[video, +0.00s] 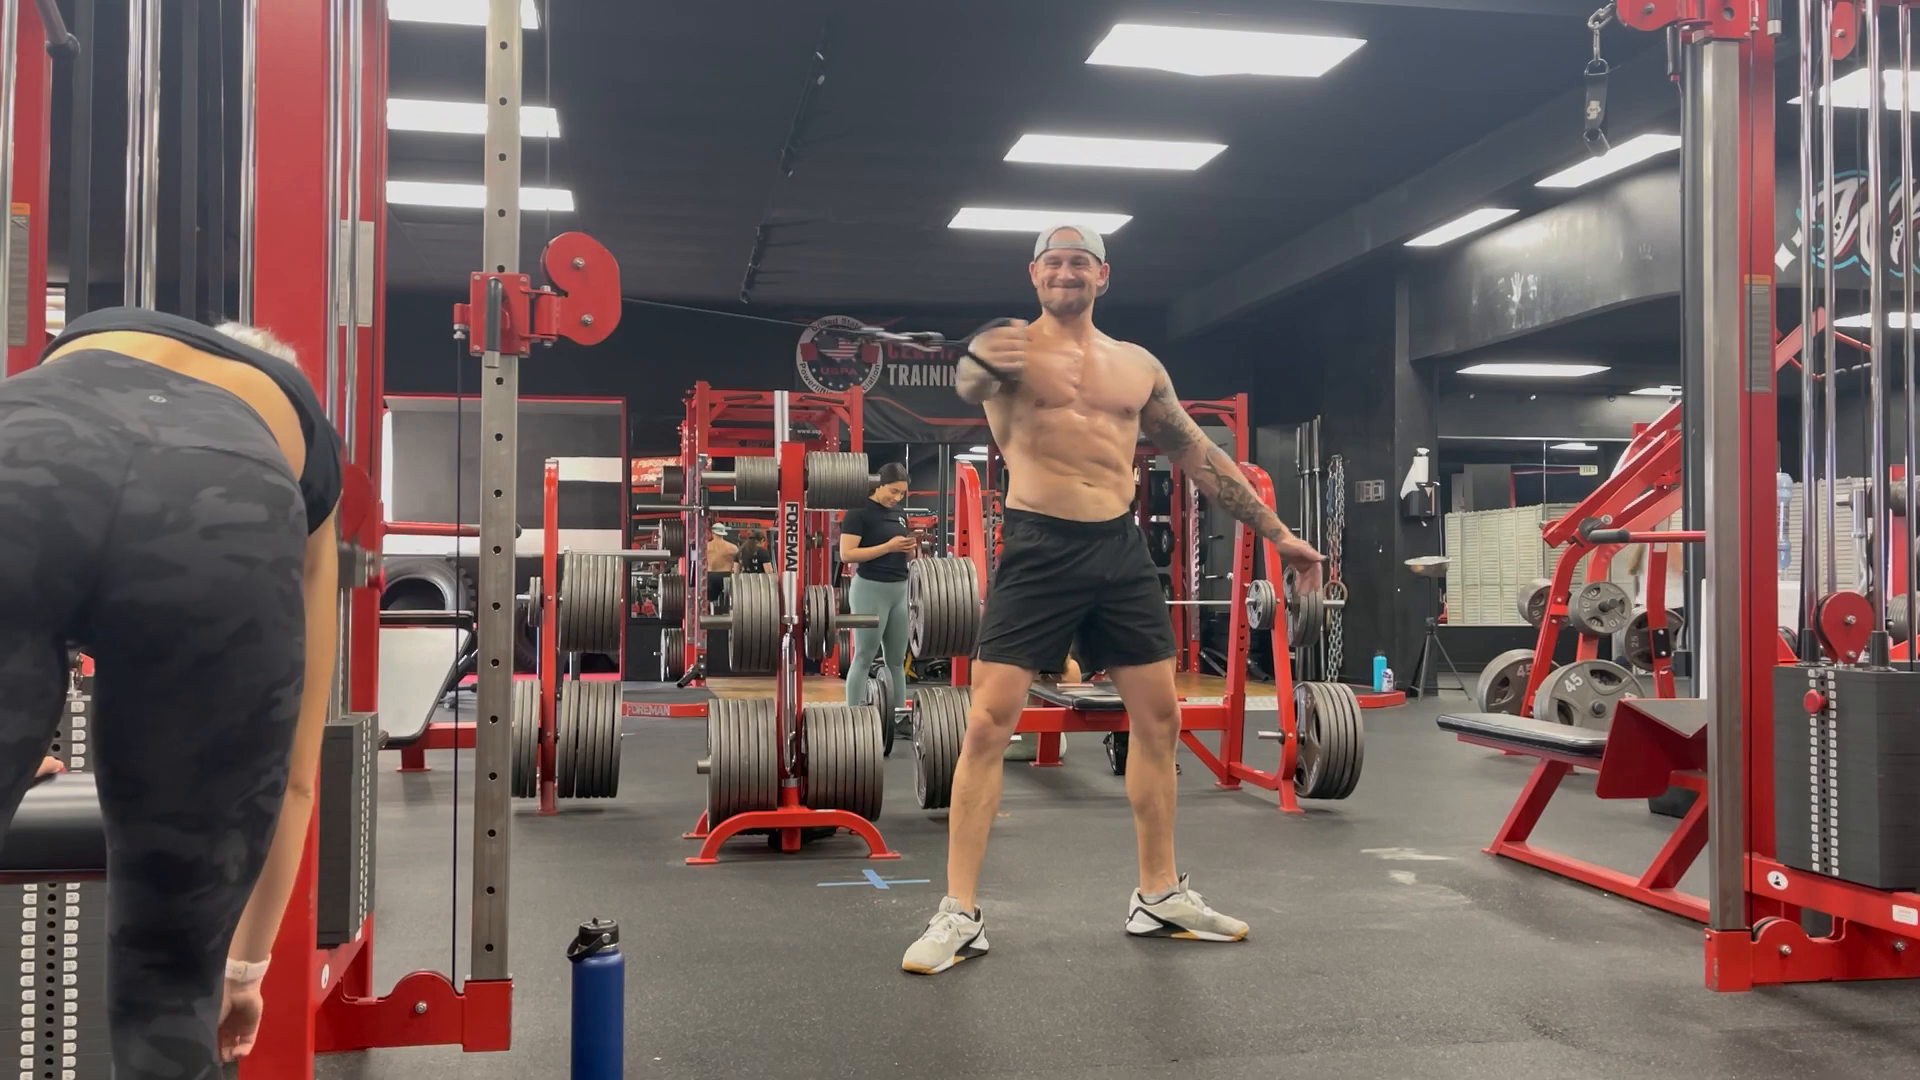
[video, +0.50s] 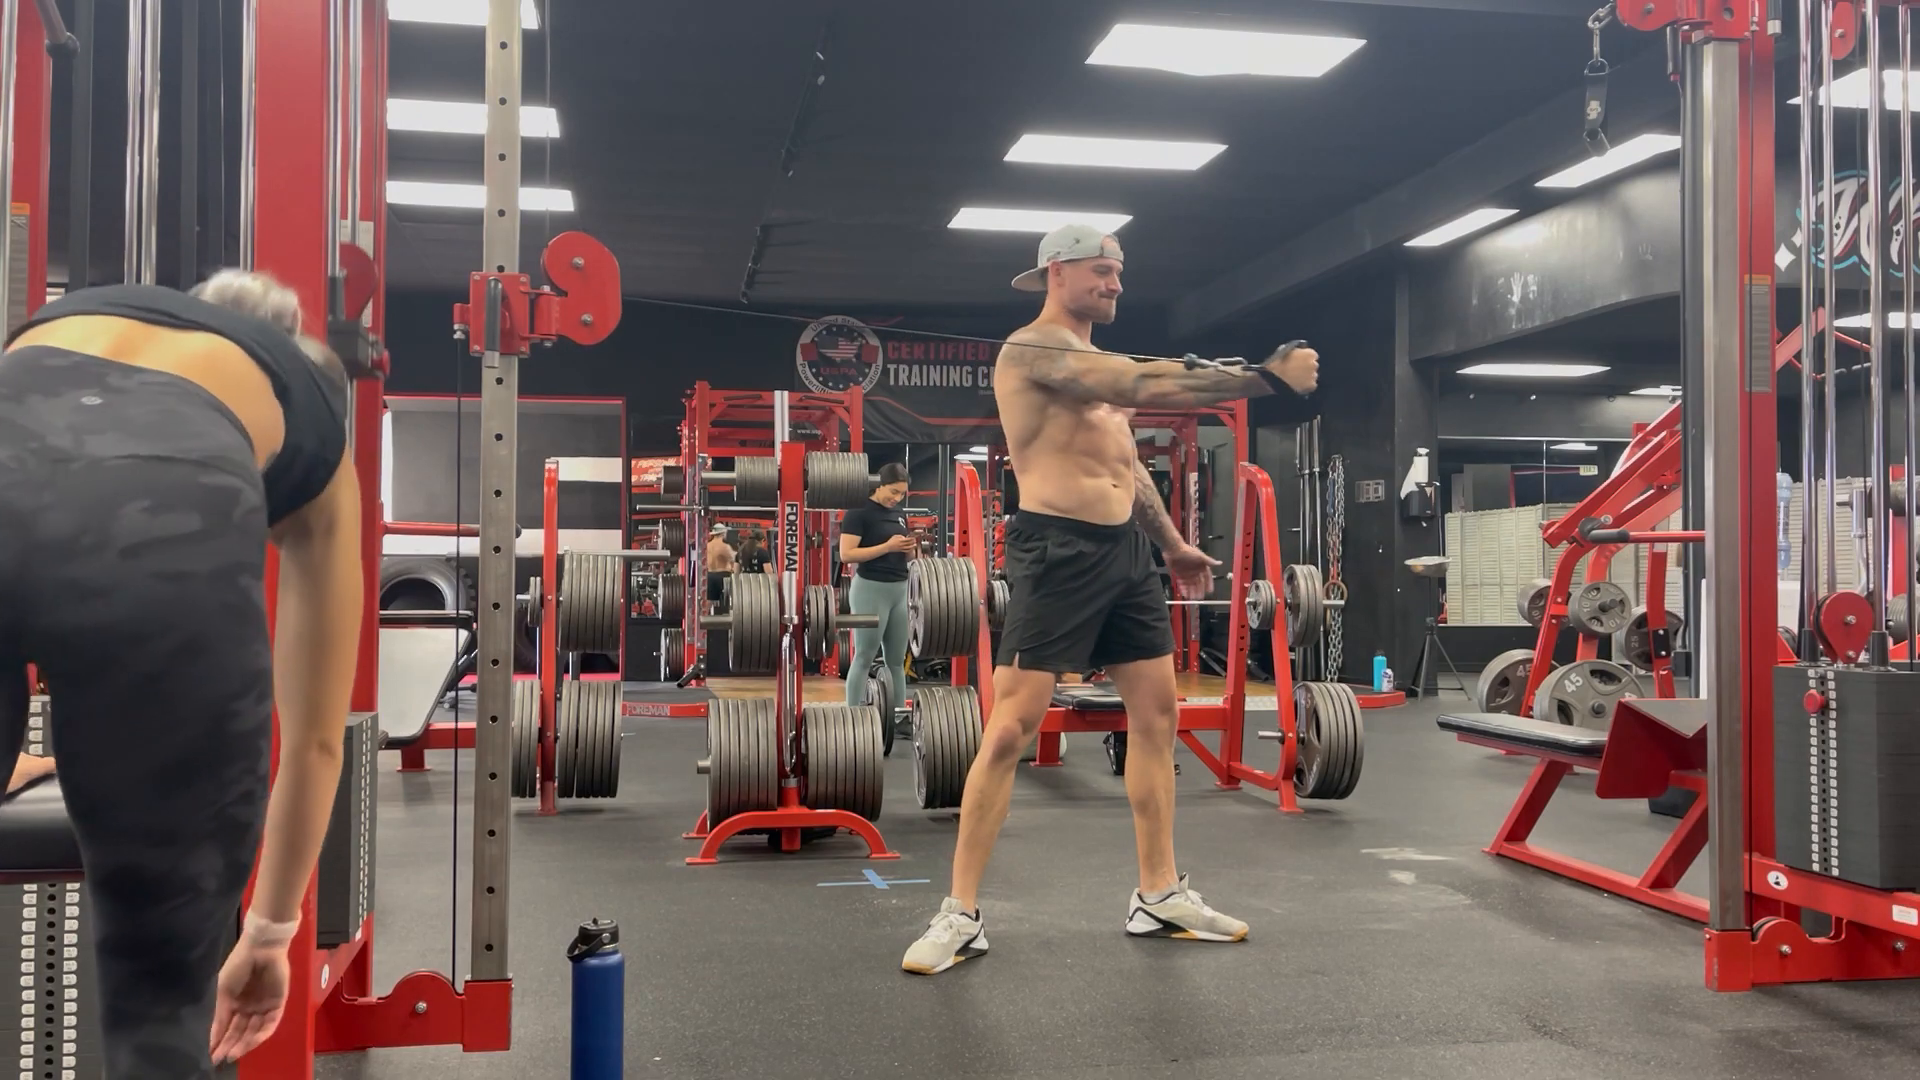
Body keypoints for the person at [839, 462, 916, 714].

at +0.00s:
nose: (898, 498)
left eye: (902, 493)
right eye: (894, 491)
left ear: (905, 490)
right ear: (880, 484)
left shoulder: (898, 513)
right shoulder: (858, 513)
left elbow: (905, 557)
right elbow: (846, 553)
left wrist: (910, 548)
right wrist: (887, 547)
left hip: (899, 591)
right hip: (870, 590)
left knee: (896, 661)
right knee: (864, 657)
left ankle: (900, 719)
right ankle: (852, 718)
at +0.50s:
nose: (898, 499)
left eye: (902, 494)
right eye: (894, 492)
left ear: (905, 491)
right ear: (880, 485)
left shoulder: (898, 514)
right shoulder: (858, 514)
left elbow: (905, 557)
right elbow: (846, 554)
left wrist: (911, 548)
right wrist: (887, 547)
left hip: (899, 592)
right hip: (870, 590)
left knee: (896, 661)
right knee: (863, 658)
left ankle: (899, 721)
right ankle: (853, 720)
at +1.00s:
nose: (897, 499)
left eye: (901, 495)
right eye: (893, 493)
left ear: (904, 491)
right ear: (880, 485)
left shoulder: (897, 514)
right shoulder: (858, 513)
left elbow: (903, 551)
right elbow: (850, 554)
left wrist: (909, 549)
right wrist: (891, 546)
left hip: (898, 591)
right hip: (869, 590)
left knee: (896, 661)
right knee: (863, 659)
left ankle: (899, 720)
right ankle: (853, 720)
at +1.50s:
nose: (891, 498)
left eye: (896, 493)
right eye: (887, 491)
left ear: (899, 490)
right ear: (873, 484)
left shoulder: (893, 515)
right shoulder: (853, 514)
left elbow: (902, 553)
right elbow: (843, 555)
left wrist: (906, 549)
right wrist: (883, 548)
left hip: (895, 590)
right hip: (866, 589)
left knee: (895, 662)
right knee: (861, 659)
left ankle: (897, 721)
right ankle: (853, 721)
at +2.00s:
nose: (887, 497)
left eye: (890, 493)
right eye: (884, 491)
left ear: (891, 489)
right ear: (868, 484)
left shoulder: (877, 512)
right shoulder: (849, 512)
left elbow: (873, 549)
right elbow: (838, 555)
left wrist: (895, 545)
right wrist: (882, 549)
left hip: (881, 590)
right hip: (855, 589)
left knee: (885, 660)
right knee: (854, 659)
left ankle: (891, 720)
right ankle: (851, 721)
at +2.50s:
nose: (902, 496)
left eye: (904, 491)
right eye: (899, 490)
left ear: (897, 487)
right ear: (884, 484)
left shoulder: (885, 513)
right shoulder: (869, 513)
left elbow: (883, 549)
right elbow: (863, 556)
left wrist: (905, 549)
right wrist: (901, 545)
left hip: (892, 592)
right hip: (873, 590)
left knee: (886, 661)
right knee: (868, 660)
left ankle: (880, 717)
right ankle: (855, 718)